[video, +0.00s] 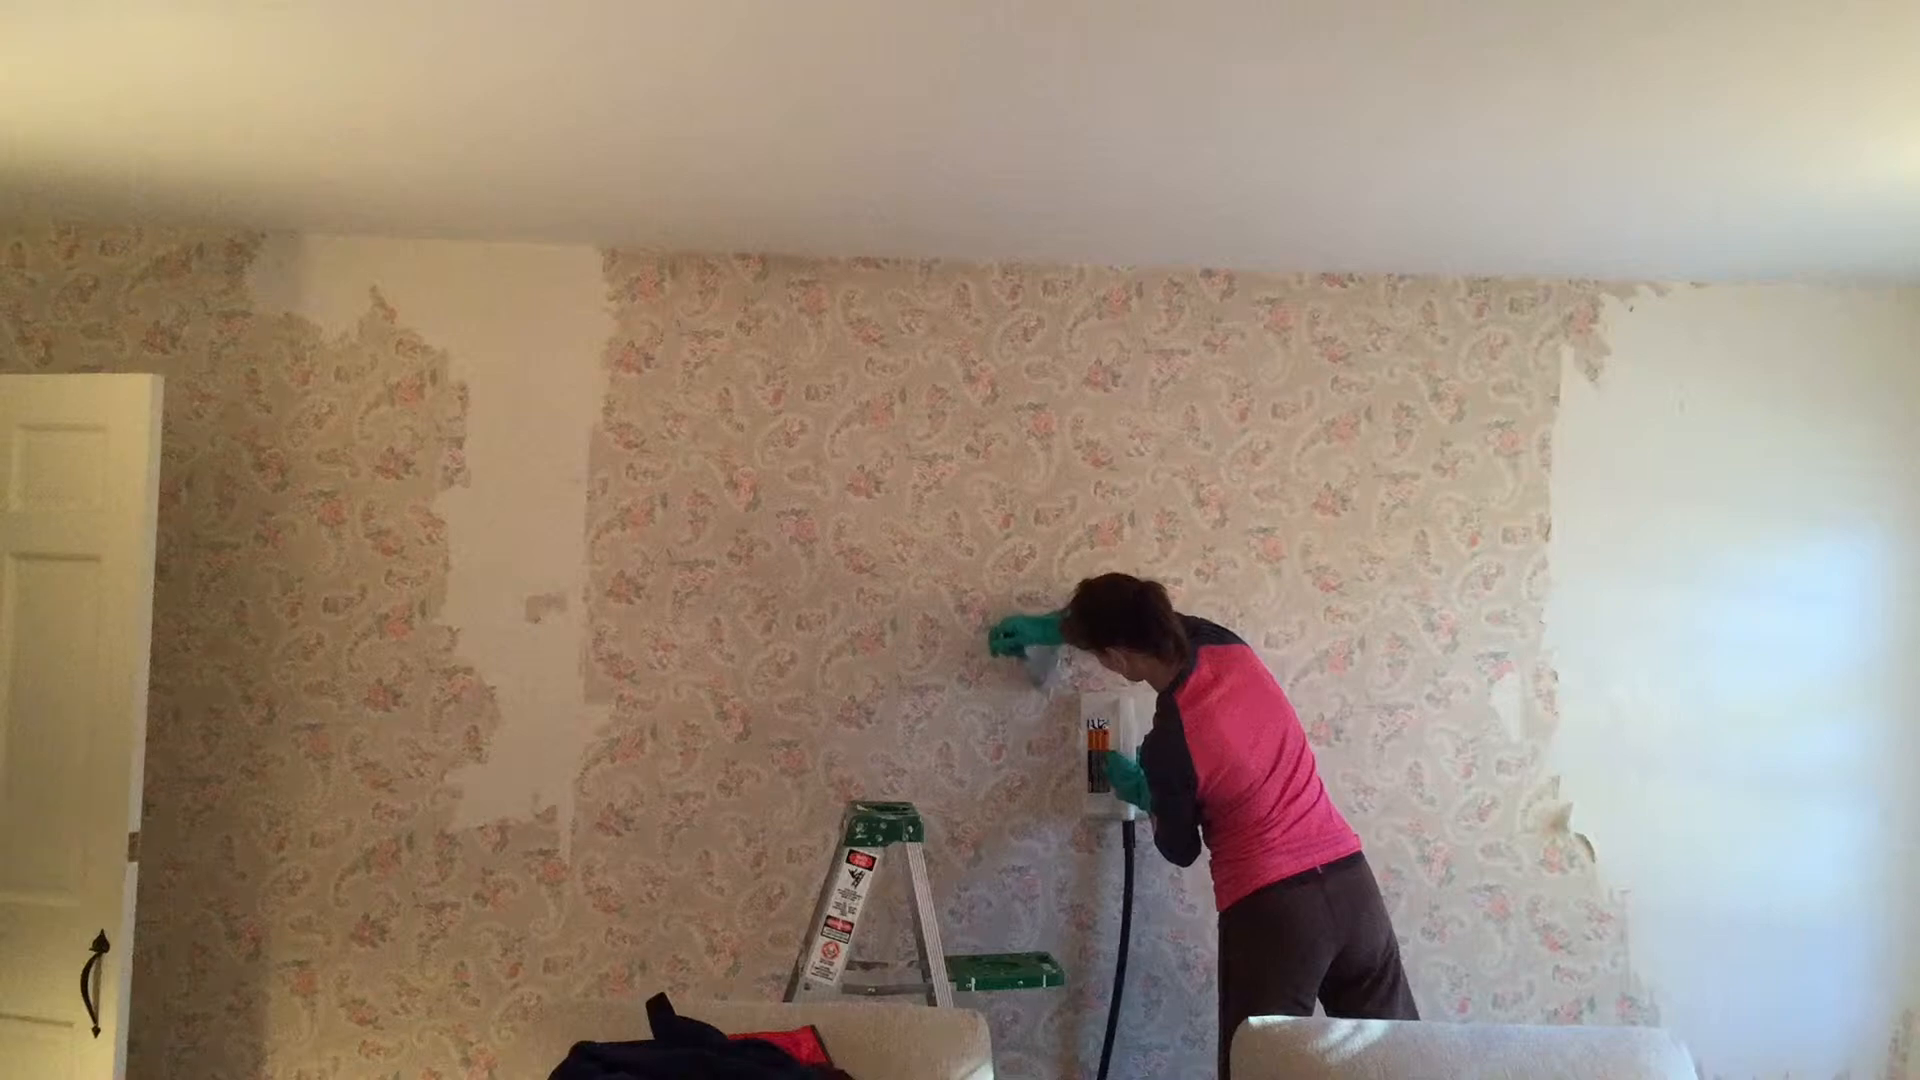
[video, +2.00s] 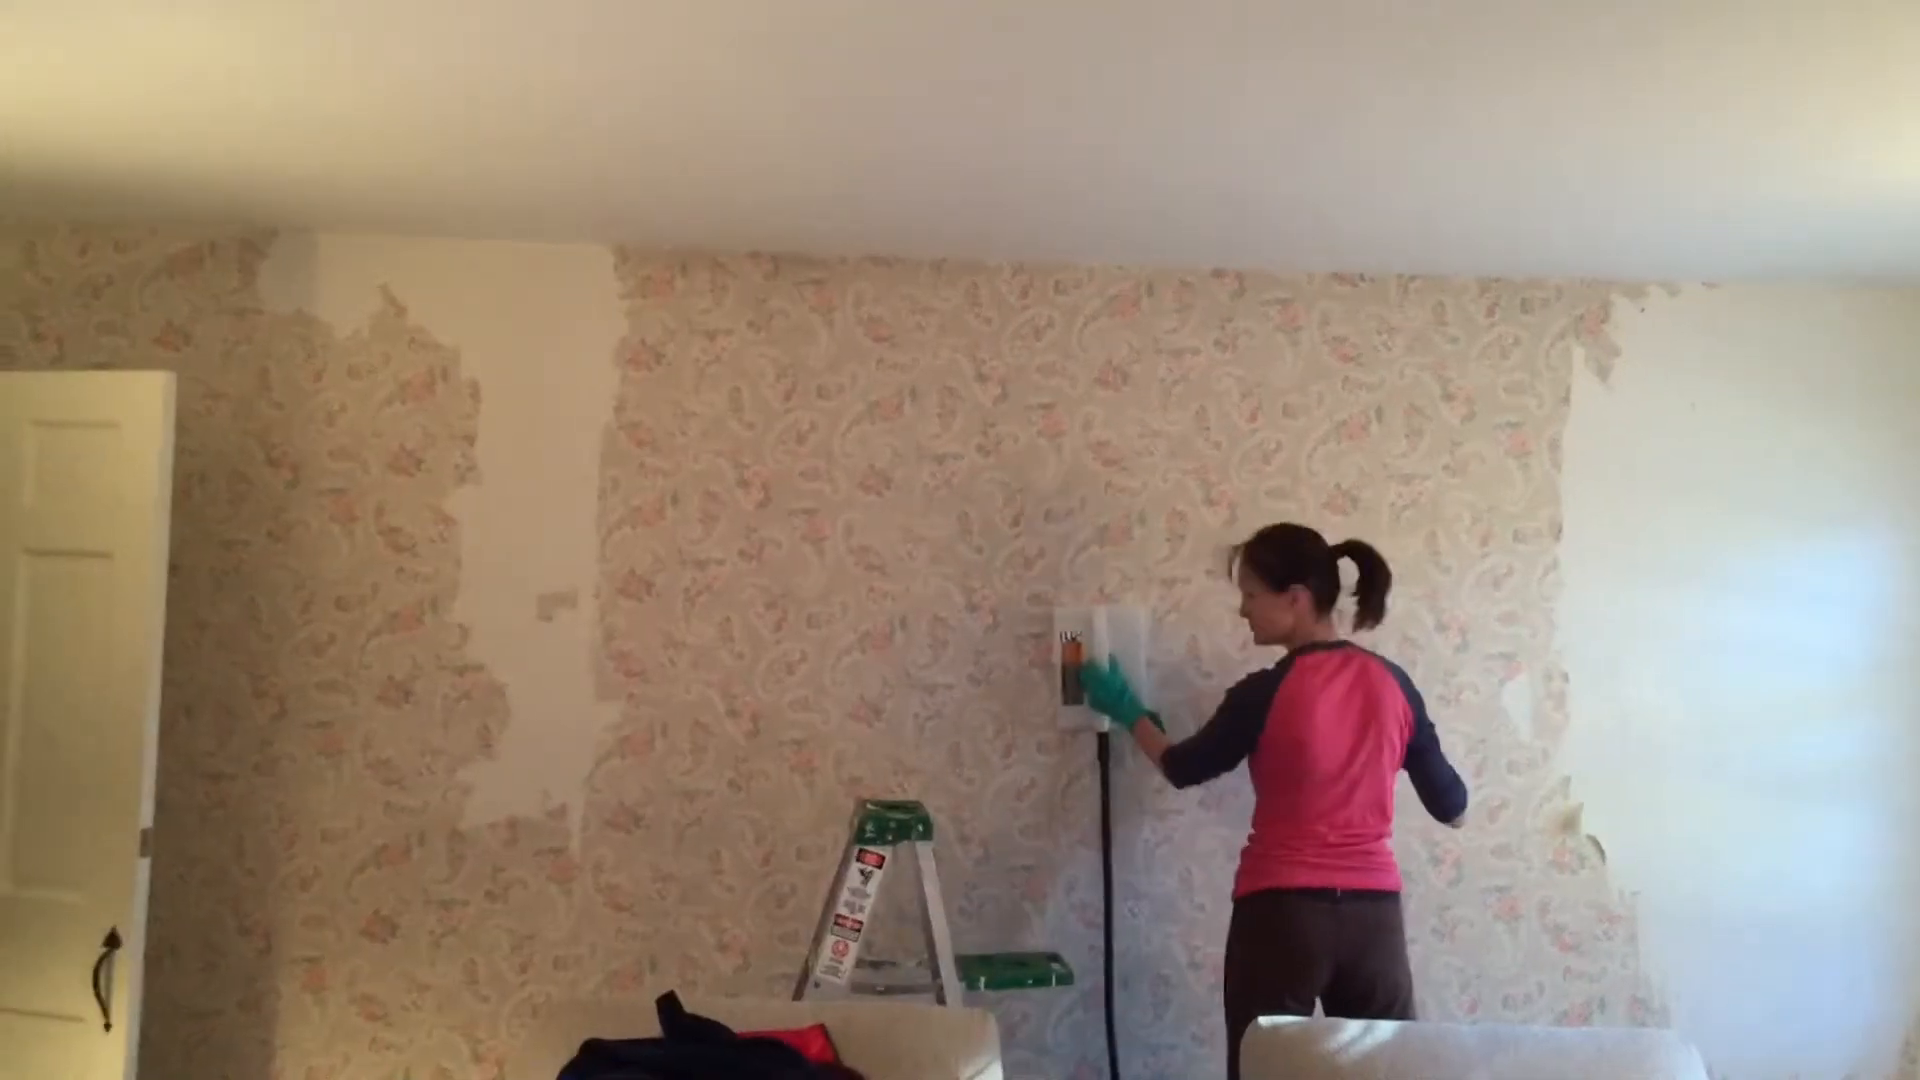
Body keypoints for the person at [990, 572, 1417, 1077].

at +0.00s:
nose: (1106, 666)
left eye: (1103, 653)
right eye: (1098, 655)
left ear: (1122, 651)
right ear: (1157, 615)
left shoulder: (1168, 738)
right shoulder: (1232, 648)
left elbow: (1180, 847)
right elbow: (1139, 616)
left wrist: (1139, 791)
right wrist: (1045, 628)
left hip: (1270, 916)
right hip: (1352, 889)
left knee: (1254, 1069)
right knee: (1401, 1059)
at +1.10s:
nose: (1124, 655)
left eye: (1122, 641)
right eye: (1117, 641)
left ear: (1139, 643)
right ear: (1187, 609)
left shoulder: (1174, 733)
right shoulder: (1261, 652)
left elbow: (1182, 847)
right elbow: (1192, 618)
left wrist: (1155, 797)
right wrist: (1105, 581)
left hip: (1261, 916)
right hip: (1349, 895)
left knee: (1247, 1073)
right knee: (1392, 1063)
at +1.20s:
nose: (1139, 646)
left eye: (1134, 636)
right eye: (1133, 637)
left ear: (1153, 636)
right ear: (1200, 602)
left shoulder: (1184, 728)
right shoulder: (1272, 646)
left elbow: (1177, 835)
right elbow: (1206, 611)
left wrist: (1137, 775)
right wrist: (1155, 576)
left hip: (1260, 916)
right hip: (1349, 900)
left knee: (1245, 1074)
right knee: (1385, 1066)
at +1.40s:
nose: (1166, 625)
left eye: (1164, 613)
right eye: (1164, 613)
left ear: (1184, 619)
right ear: (1240, 594)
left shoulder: (1198, 713)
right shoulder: (1312, 659)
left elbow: (1169, 814)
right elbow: (1264, 628)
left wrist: (1126, 745)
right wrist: (1228, 577)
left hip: (1256, 917)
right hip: (1350, 907)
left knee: (1243, 1074)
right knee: (1378, 1069)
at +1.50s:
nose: (1181, 621)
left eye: (1180, 607)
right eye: (1178, 608)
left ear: (1203, 610)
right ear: (1258, 595)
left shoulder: (1207, 709)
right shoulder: (1323, 660)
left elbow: (1169, 804)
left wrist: (1127, 736)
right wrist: (1286, 639)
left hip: (1258, 917)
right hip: (1353, 911)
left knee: (1245, 1074)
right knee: (1380, 1070)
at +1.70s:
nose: (1212, 610)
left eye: (1211, 596)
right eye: (1208, 596)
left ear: (1233, 600)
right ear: (1288, 590)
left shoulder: (1228, 699)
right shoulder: (1354, 678)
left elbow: (1169, 783)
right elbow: (1414, 766)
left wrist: (1124, 714)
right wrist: (1351, 669)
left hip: (1263, 917)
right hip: (1358, 914)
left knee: (1251, 1074)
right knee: (1381, 1071)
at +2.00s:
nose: (1241, 608)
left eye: (1249, 594)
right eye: (1241, 594)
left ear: (1296, 599)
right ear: (1302, 597)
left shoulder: (1264, 691)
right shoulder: (1393, 685)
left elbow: (1180, 768)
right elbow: (1451, 804)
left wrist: (1129, 712)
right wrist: (1399, 735)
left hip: (1278, 920)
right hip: (1374, 922)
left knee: (1262, 1075)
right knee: (1385, 1074)